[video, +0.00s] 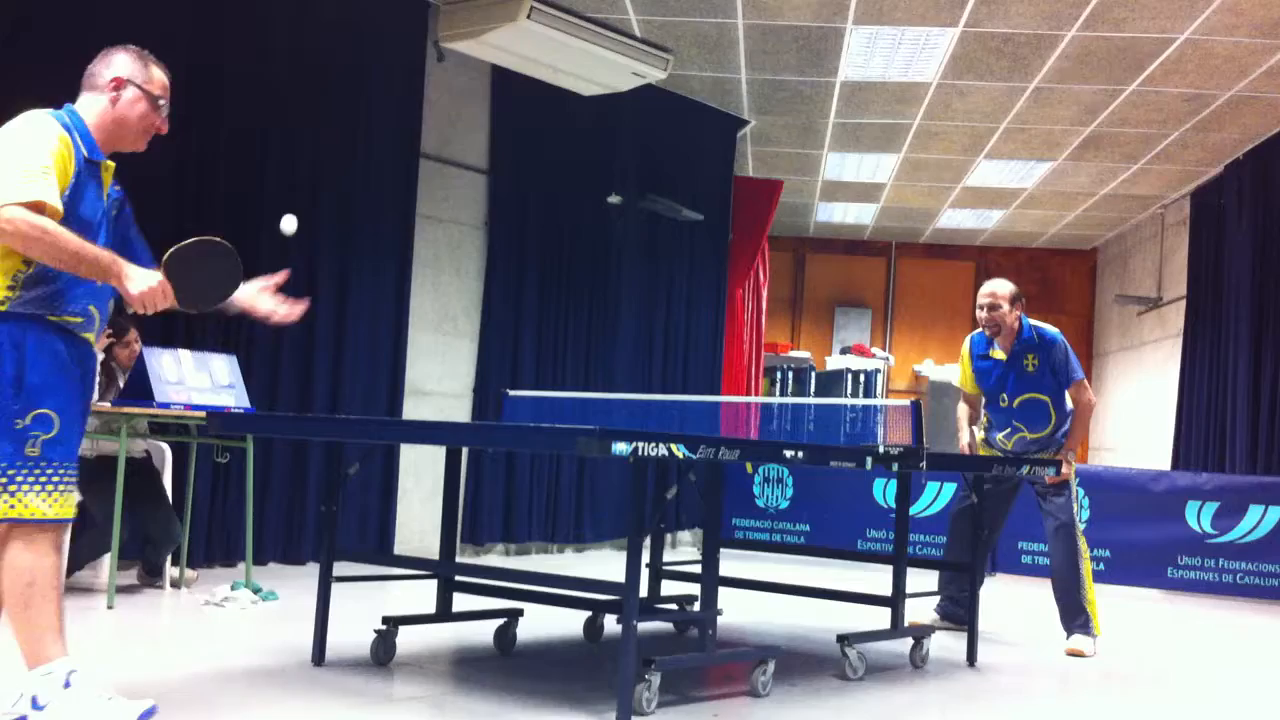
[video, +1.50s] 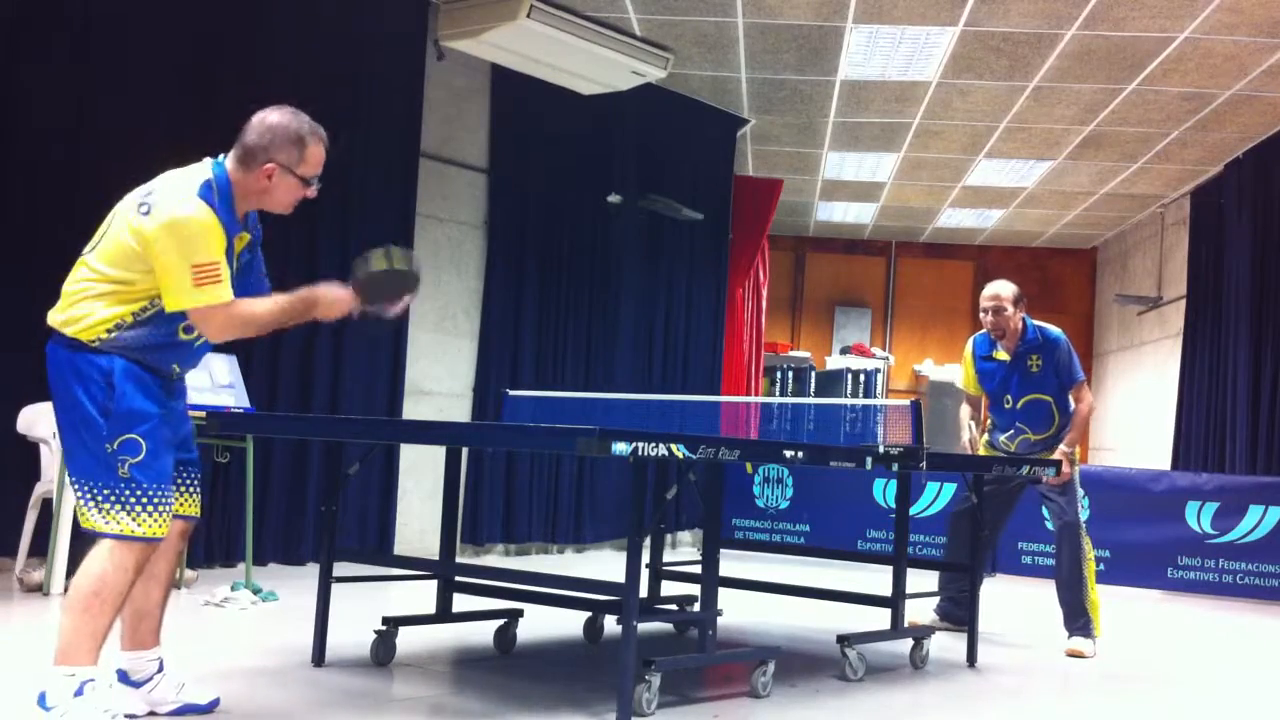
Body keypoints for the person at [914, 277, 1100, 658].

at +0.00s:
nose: (985, 315)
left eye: (994, 308)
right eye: (980, 309)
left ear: (1016, 310)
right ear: (975, 312)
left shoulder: (1048, 340)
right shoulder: (974, 346)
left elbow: (1084, 400)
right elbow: (968, 400)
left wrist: (1068, 452)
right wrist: (965, 435)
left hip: (1048, 452)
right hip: (996, 450)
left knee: (1064, 531)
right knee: (966, 520)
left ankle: (1080, 630)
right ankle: (955, 611)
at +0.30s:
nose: (984, 317)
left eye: (992, 309)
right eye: (978, 310)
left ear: (1014, 312)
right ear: (973, 313)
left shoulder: (1046, 342)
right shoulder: (971, 347)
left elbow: (1081, 401)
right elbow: (964, 400)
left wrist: (1067, 451)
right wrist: (961, 436)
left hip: (1045, 452)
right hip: (992, 450)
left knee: (1062, 531)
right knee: (960, 521)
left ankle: (1081, 631)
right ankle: (954, 612)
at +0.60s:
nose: (984, 318)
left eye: (992, 310)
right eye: (979, 311)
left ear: (1014, 312)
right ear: (973, 314)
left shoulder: (1045, 343)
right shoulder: (970, 347)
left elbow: (1075, 405)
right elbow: (963, 400)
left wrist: (1054, 450)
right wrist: (957, 428)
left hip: (1043, 454)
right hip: (991, 452)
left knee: (1061, 533)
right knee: (959, 522)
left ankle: (1080, 631)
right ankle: (954, 612)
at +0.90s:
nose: (983, 317)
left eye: (991, 309)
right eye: (978, 310)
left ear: (1013, 311)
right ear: (972, 313)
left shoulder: (1045, 342)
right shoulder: (970, 346)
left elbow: (1081, 395)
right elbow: (963, 400)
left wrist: (1068, 446)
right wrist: (958, 428)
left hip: (1044, 453)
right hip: (991, 451)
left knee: (1061, 532)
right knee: (959, 522)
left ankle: (1080, 630)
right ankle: (954, 612)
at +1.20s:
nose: (989, 316)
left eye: (997, 309)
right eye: (985, 309)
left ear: (1019, 309)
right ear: (981, 311)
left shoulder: (1052, 340)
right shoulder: (977, 345)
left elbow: (1089, 396)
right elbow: (971, 398)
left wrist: (1071, 449)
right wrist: (966, 430)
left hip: (1051, 453)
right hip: (999, 451)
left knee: (1068, 528)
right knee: (971, 522)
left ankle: (1081, 631)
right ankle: (955, 612)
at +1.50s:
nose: (989, 319)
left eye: (997, 311)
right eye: (984, 312)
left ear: (1018, 311)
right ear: (980, 314)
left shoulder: (1052, 341)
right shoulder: (977, 347)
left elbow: (1084, 400)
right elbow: (971, 402)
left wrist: (1066, 449)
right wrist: (966, 431)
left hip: (1051, 452)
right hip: (999, 452)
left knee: (1069, 527)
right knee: (965, 517)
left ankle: (1081, 632)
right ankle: (954, 612)